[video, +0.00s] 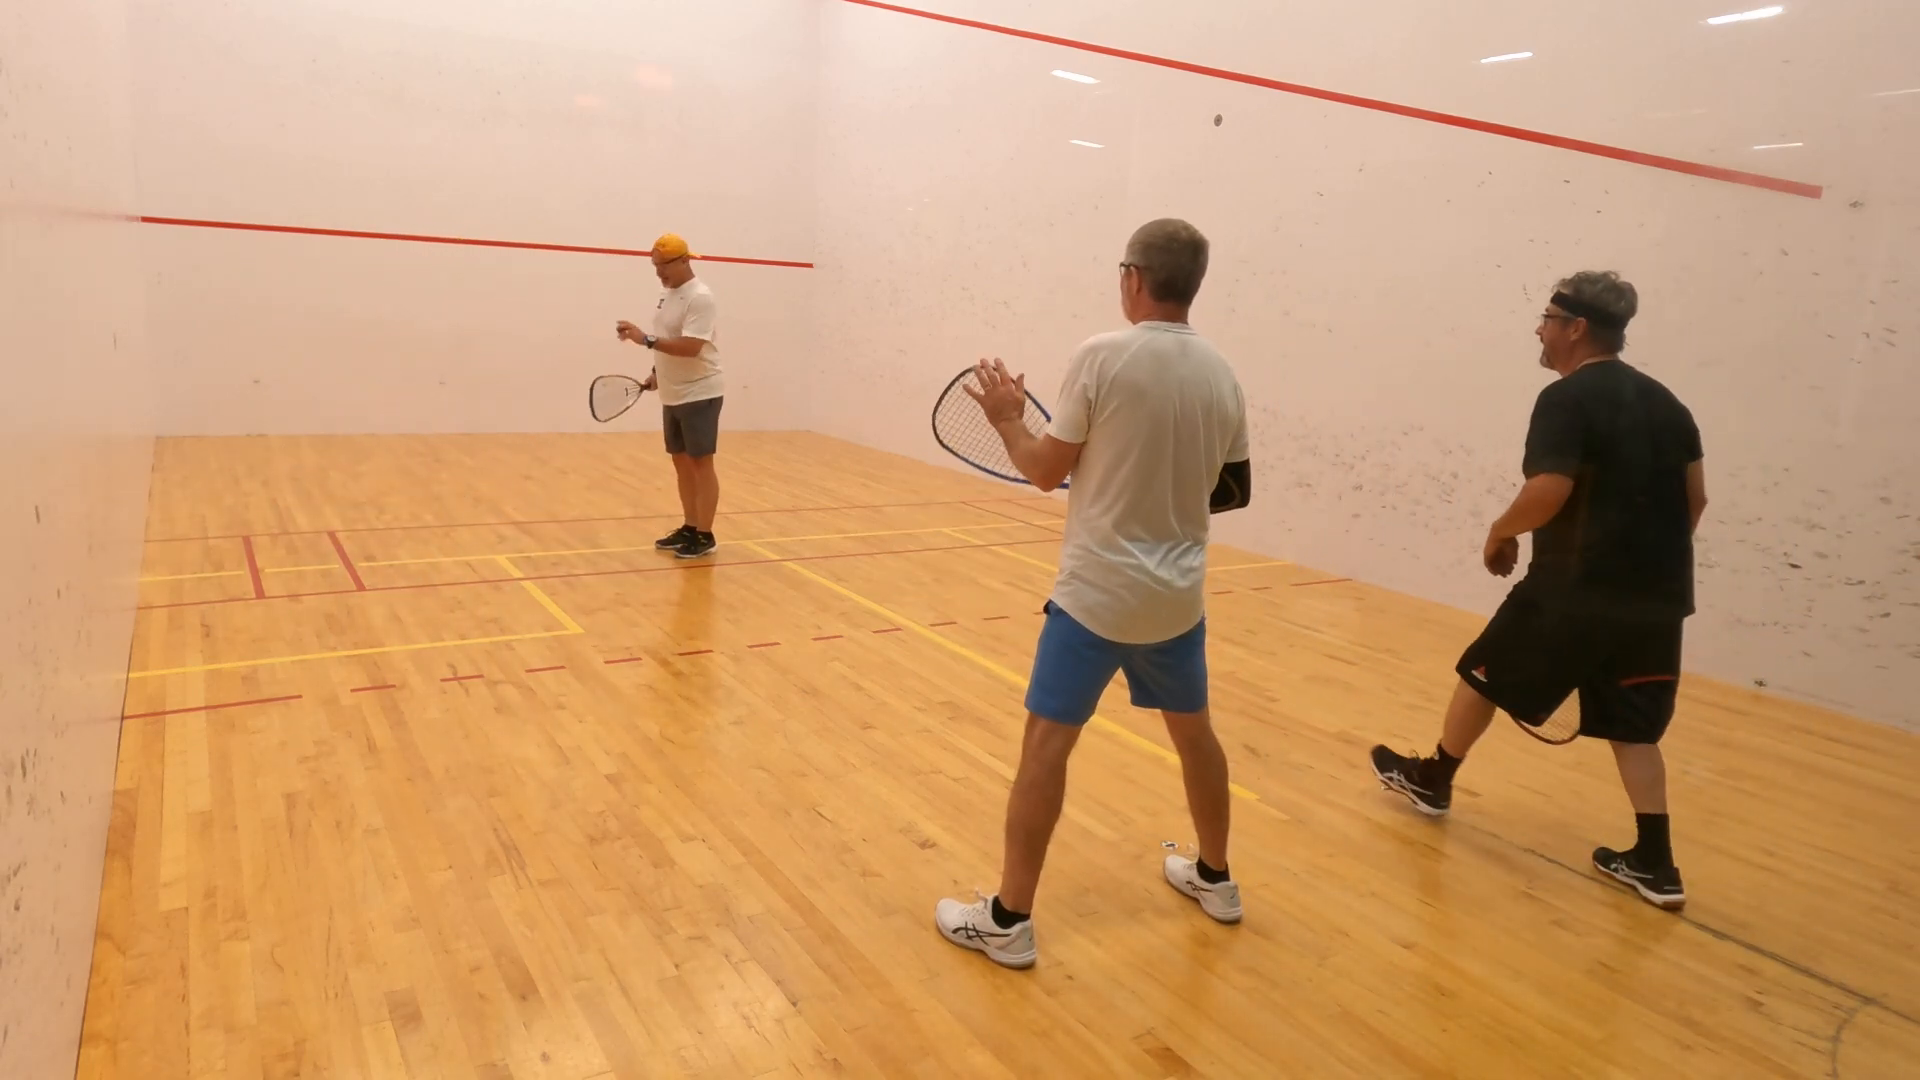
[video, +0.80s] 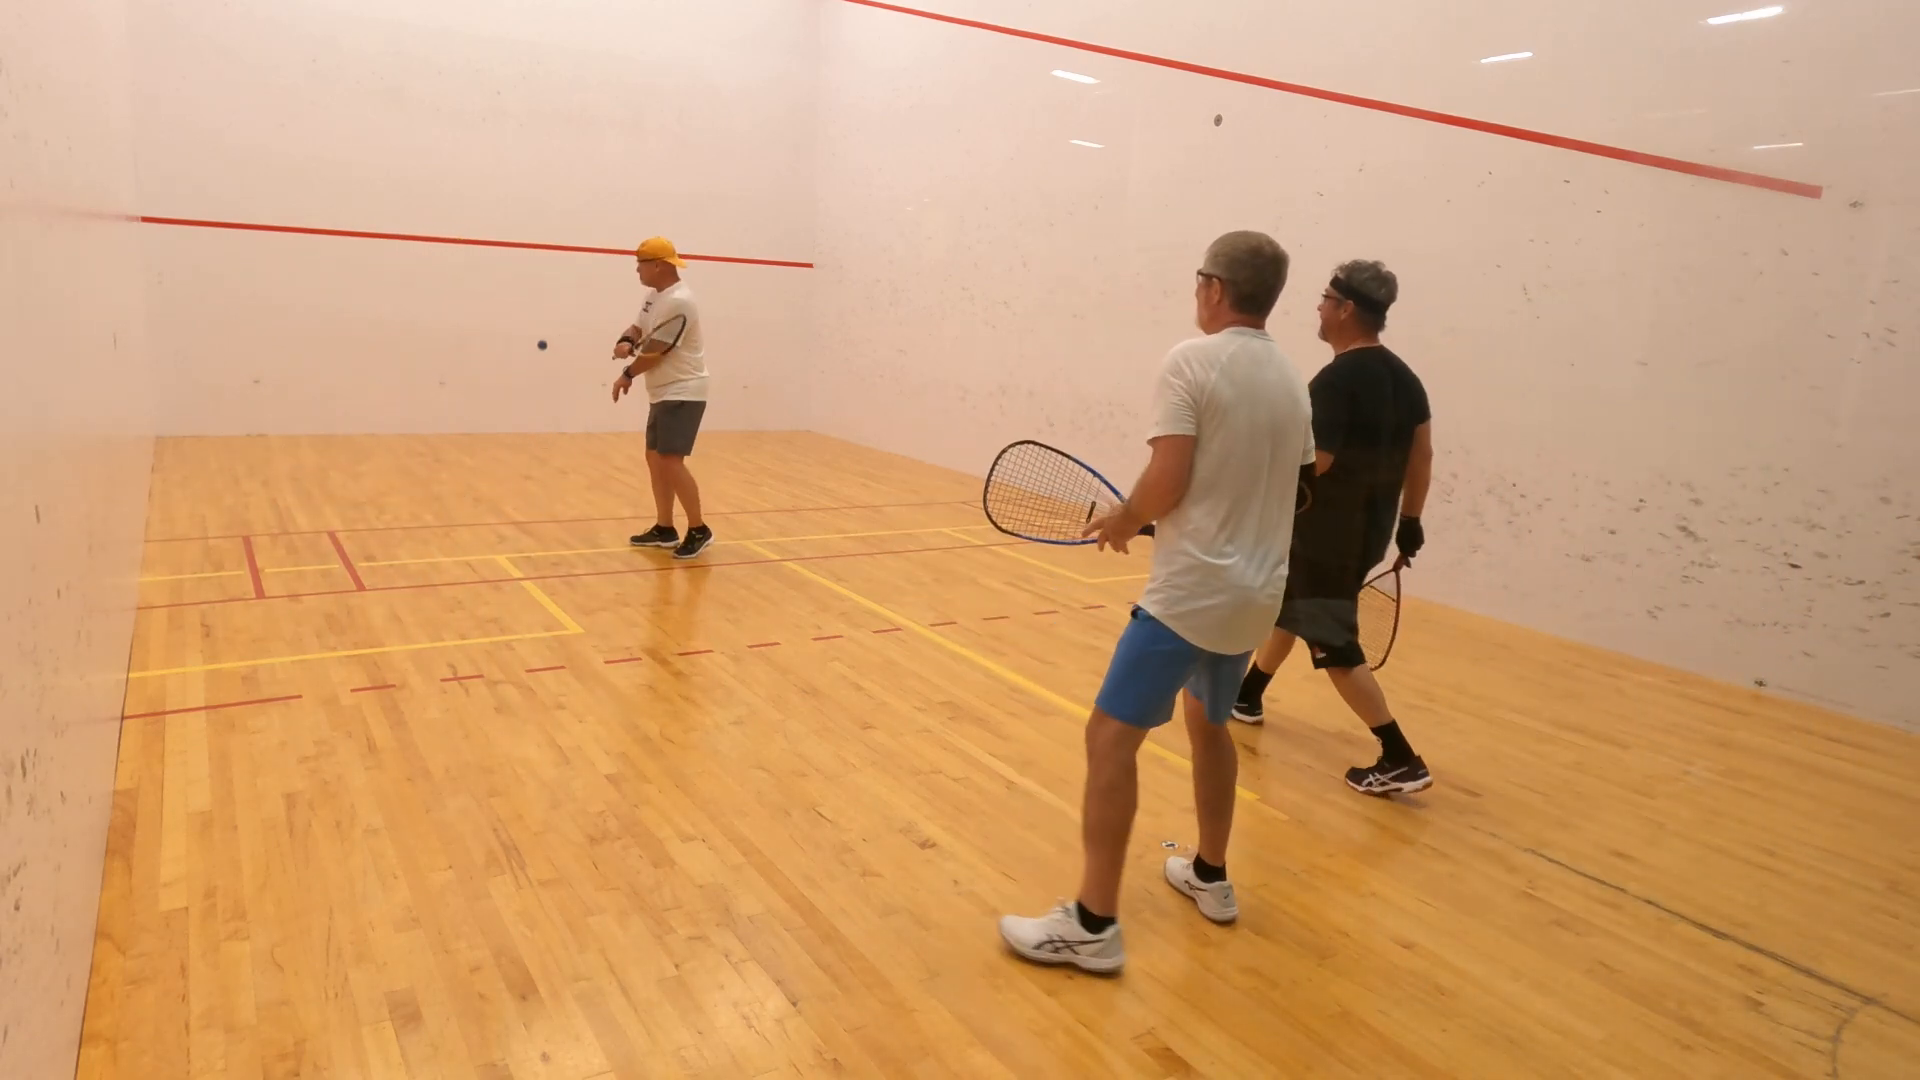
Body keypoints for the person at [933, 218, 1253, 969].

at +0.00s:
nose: (1119, 286)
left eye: (1122, 275)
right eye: (1126, 274)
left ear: (1134, 281)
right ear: (1194, 287)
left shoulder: (1104, 358)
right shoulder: (1219, 373)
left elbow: (1047, 470)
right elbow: (1231, 489)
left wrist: (1007, 417)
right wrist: (1144, 479)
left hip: (1095, 595)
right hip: (1179, 598)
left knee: (1046, 749)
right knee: (1195, 731)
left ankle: (1009, 917)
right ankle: (1216, 877)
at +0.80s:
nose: (1195, 293)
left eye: (1199, 282)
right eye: (1201, 281)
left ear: (1215, 290)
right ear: (1268, 300)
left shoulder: (1193, 362)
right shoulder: (1287, 376)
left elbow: (1167, 483)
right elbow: (1294, 478)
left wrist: (1123, 521)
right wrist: (1158, 511)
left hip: (1189, 593)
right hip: (1257, 594)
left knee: (1110, 735)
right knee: (1208, 718)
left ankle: (1094, 921)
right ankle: (1210, 876)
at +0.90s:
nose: (1216, 289)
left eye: (1221, 279)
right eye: (1220, 277)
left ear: (1235, 286)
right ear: (1294, 294)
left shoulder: (1216, 358)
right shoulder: (1309, 368)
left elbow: (1187, 480)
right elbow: (1296, 481)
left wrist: (1143, 514)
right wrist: (1172, 517)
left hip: (1207, 591)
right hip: (1273, 591)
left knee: (1138, 741)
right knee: (1215, 723)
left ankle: (1182, 933)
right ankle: (1210, 874)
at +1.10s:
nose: (1263, 296)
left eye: (1269, 286)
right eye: (1269, 284)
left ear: (1286, 298)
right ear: (1338, 308)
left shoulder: (1260, 381)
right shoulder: (1347, 386)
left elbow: (1217, 508)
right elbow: (1345, 509)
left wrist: (1158, 556)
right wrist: (1235, 489)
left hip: (1243, 621)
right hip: (1299, 615)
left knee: (1213, 786)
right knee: (1226, 735)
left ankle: (1334, 965)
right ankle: (1212, 874)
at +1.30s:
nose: (1308, 294)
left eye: (1314, 285)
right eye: (1314, 282)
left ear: (1329, 299)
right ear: (1392, 310)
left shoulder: (1305, 388)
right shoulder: (1408, 399)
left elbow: (1275, 527)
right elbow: (1415, 528)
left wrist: (1208, 620)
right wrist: (1333, 594)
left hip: (1302, 627)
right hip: (1367, 629)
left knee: (1316, 837)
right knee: (1277, 753)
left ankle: (1382, 1030)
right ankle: (1221, 875)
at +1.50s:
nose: (1356, 278)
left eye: (1362, 268)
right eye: (1363, 265)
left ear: (1382, 286)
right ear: (1444, 295)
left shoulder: (1361, 389)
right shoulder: (1479, 389)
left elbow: (1350, 539)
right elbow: (1507, 523)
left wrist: (1299, 679)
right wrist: (1436, 601)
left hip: (1364, 657)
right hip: (1432, 653)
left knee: (1346, 843)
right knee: (1344, 790)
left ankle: (1381, 1034)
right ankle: (1339, 944)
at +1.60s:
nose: (1385, 276)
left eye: (1393, 264)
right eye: (1393, 262)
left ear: (1417, 283)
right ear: (1475, 293)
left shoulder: (1401, 388)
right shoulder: (1512, 388)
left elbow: (1397, 545)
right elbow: (1540, 525)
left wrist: (1346, 687)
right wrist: (1460, 599)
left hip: (1398, 673)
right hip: (1467, 668)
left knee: (1353, 837)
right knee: (1400, 812)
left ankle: (1378, 1031)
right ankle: (1442, 1000)